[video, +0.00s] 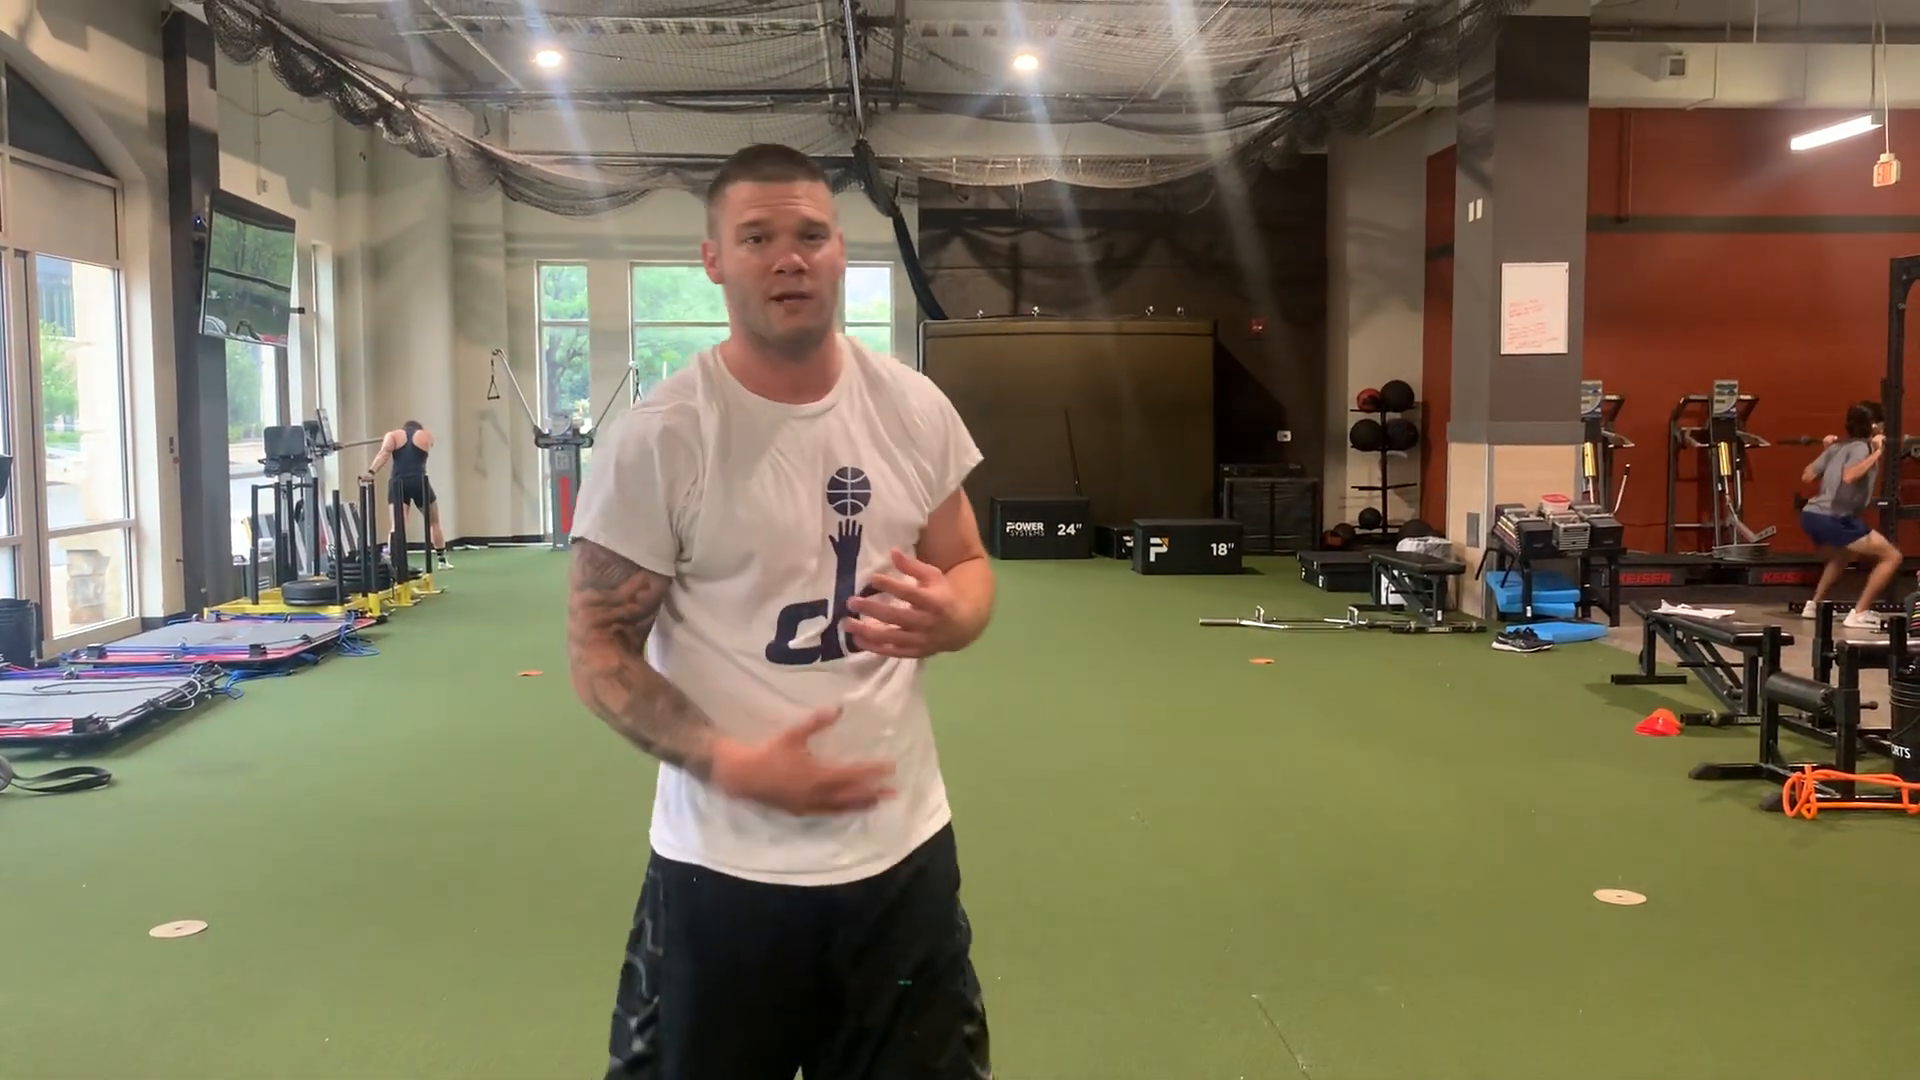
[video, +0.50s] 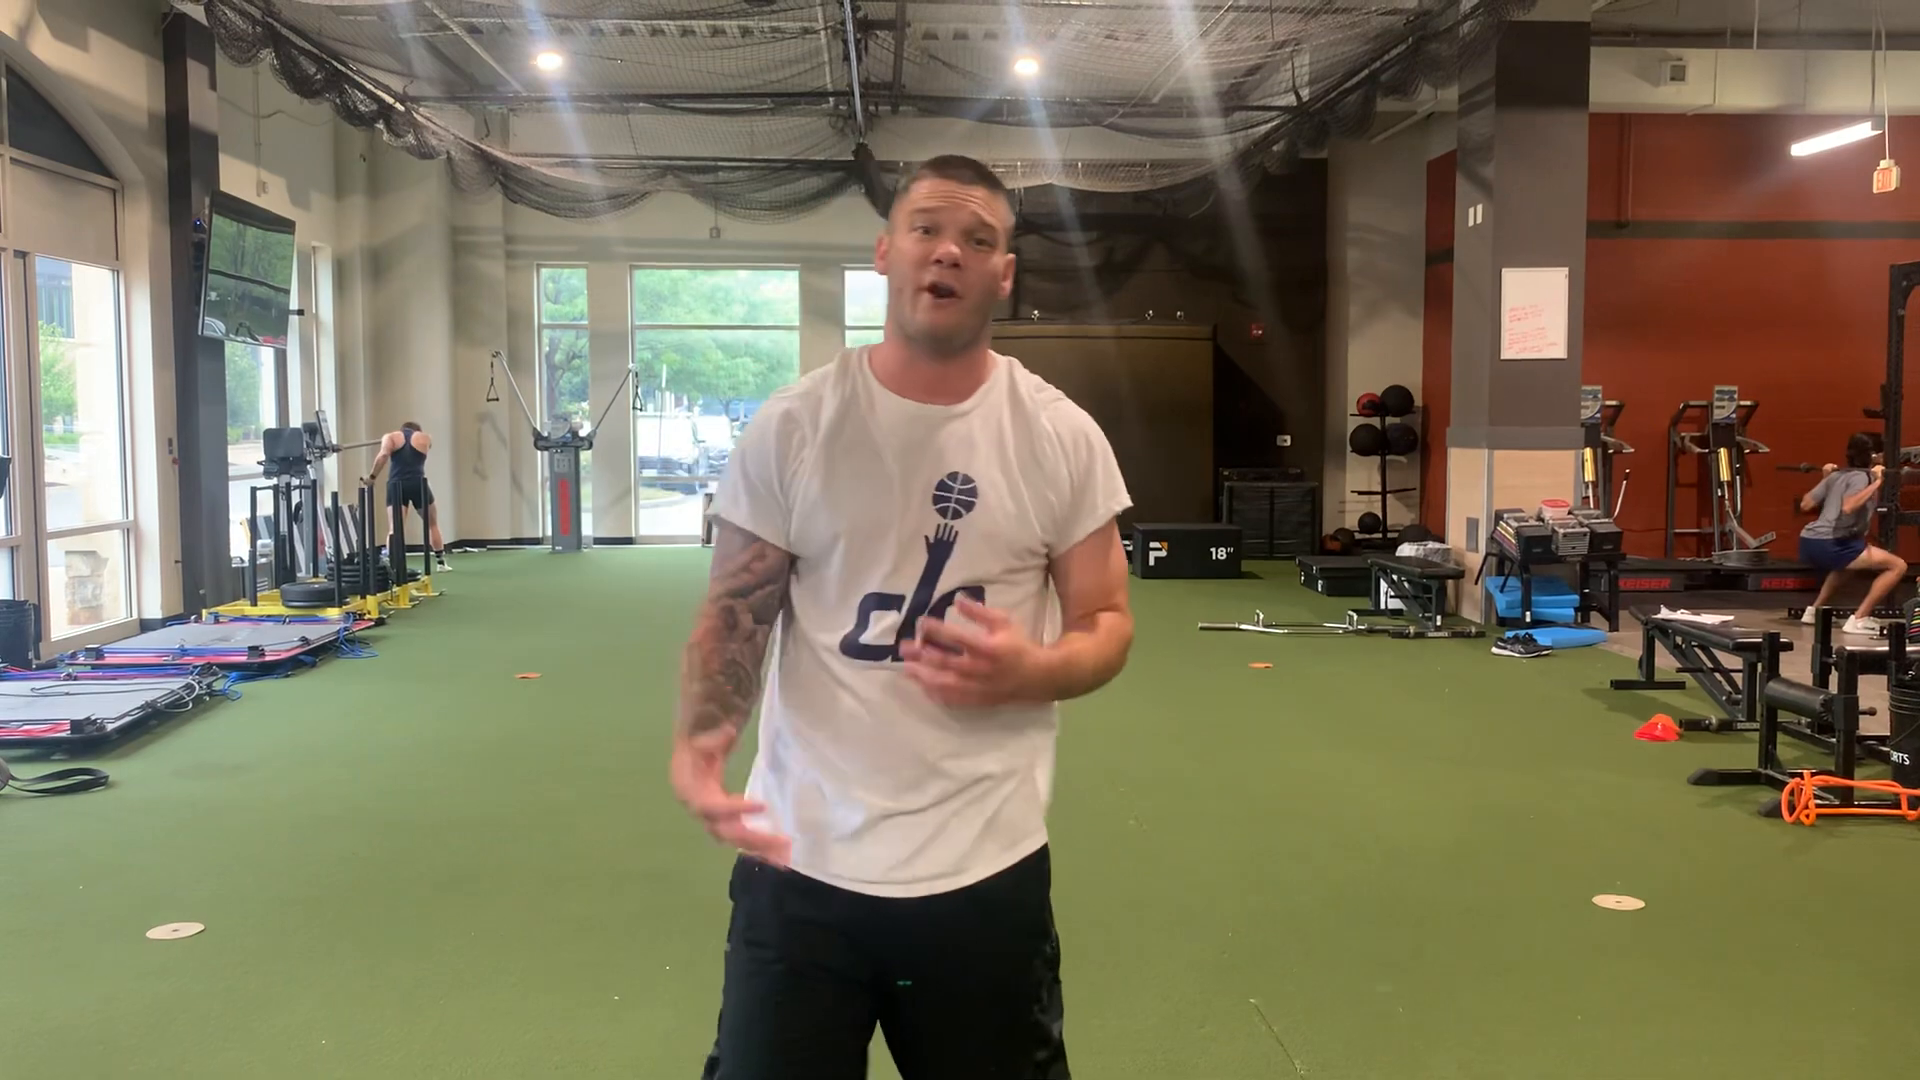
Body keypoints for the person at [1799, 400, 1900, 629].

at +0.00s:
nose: (1881, 429)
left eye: (1881, 425)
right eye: (1879, 424)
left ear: (1850, 425)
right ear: (1871, 427)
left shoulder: (1837, 448)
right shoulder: (1862, 448)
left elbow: (1807, 475)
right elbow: (1849, 476)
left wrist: (1825, 450)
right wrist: (1877, 453)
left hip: (1811, 515)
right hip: (1836, 520)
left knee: (1842, 555)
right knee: (1892, 557)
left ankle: (1814, 604)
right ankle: (1860, 613)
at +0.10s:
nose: (1880, 445)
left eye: (1880, 440)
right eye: (1878, 440)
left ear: (1850, 441)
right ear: (1871, 442)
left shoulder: (1836, 463)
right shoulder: (1861, 463)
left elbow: (1808, 492)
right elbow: (1848, 492)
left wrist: (1827, 465)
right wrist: (1877, 468)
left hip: (1811, 529)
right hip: (1833, 533)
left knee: (1846, 563)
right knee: (1897, 560)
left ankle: (1814, 605)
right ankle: (1860, 614)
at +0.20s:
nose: (1882, 456)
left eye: (1882, 451)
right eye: (1880, 451)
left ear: (1851, 453)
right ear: (1872, 455)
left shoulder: (1837, 474)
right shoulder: (1860, 475)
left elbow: (1807, 503)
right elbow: (1848, 505)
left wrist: (1826, 477)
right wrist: (1876, 480)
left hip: (1809, 540)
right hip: (1833, 544)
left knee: (1847, 563)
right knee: (1898, 563)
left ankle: (1814, 606)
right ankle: (1859, 616)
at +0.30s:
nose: (1883, 463)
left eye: (1882, 458)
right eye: (1881, 458)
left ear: (1851, 461)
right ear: (1872, 462)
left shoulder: (1836, 482)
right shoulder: (1860, 483)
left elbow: (1806, 510)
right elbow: (1848, 512)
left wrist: (1826, 483)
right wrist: (1877, 489)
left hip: (1808, 546)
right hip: (1833, 550)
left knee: (1851, 561)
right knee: (1899, 565)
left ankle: (1814, 607)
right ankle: (1859, 617)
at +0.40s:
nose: (1883, 464)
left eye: (1883, 459)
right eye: (1881, 459)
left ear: (1852, 461)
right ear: (1872, 463)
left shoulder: (1836, 482)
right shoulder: (1862, 483)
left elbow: (1806, 510)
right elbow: (1847, 513)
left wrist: (1826, 484)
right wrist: (1876, 489)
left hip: (1808, 547)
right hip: (1833, 551)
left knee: (1848, 564)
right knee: (1899, 566)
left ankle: (1814, 609)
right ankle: (1859, 618)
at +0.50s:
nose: (1881, 458)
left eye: (1881, 453)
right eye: (1880, 453)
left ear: (1850, 455)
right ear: (1872, 457)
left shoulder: (1836, 476)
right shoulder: (1862, 477)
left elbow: (1806, 504)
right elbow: (1848, 507)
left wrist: (1825, 478)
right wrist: (1877, 482)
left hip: (1808, 541)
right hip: (1831, 545)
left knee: (1847, 564)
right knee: (1898, 566)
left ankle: (1814, 609)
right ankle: (1860, 619)